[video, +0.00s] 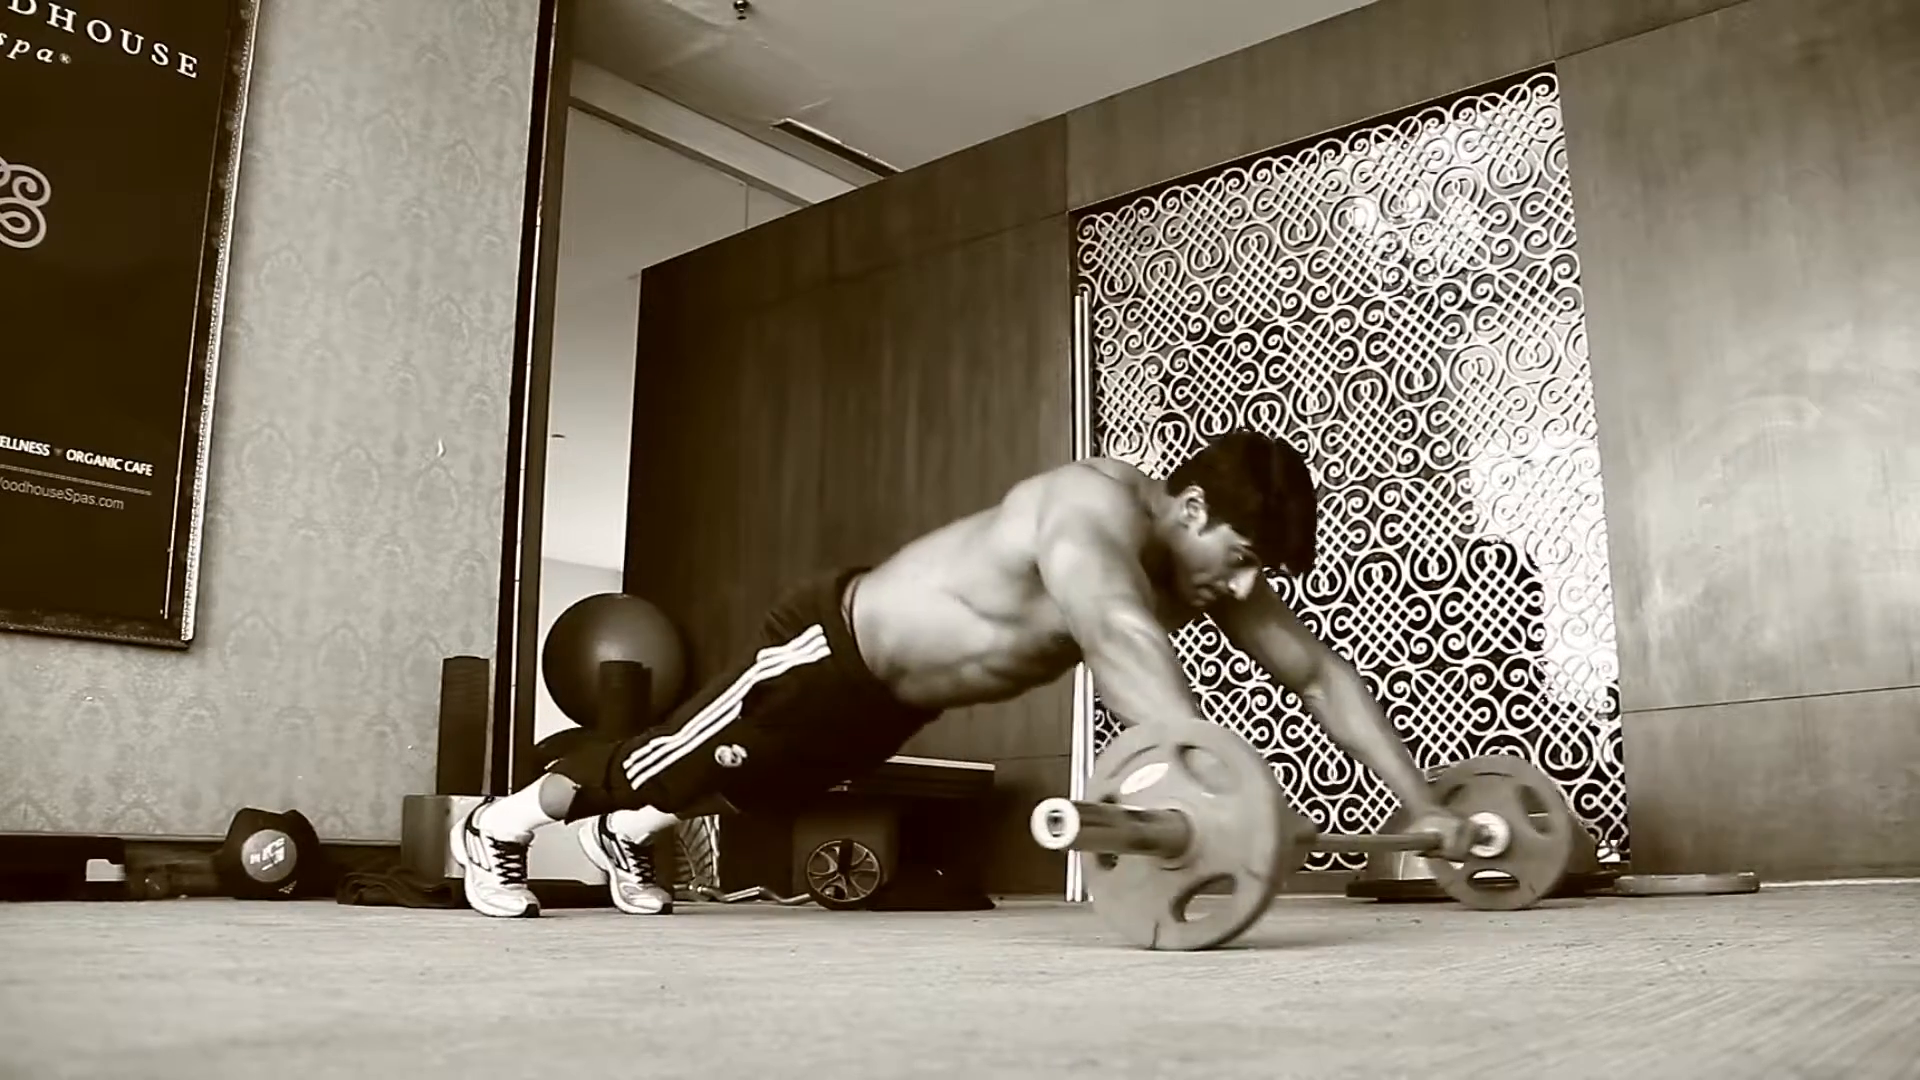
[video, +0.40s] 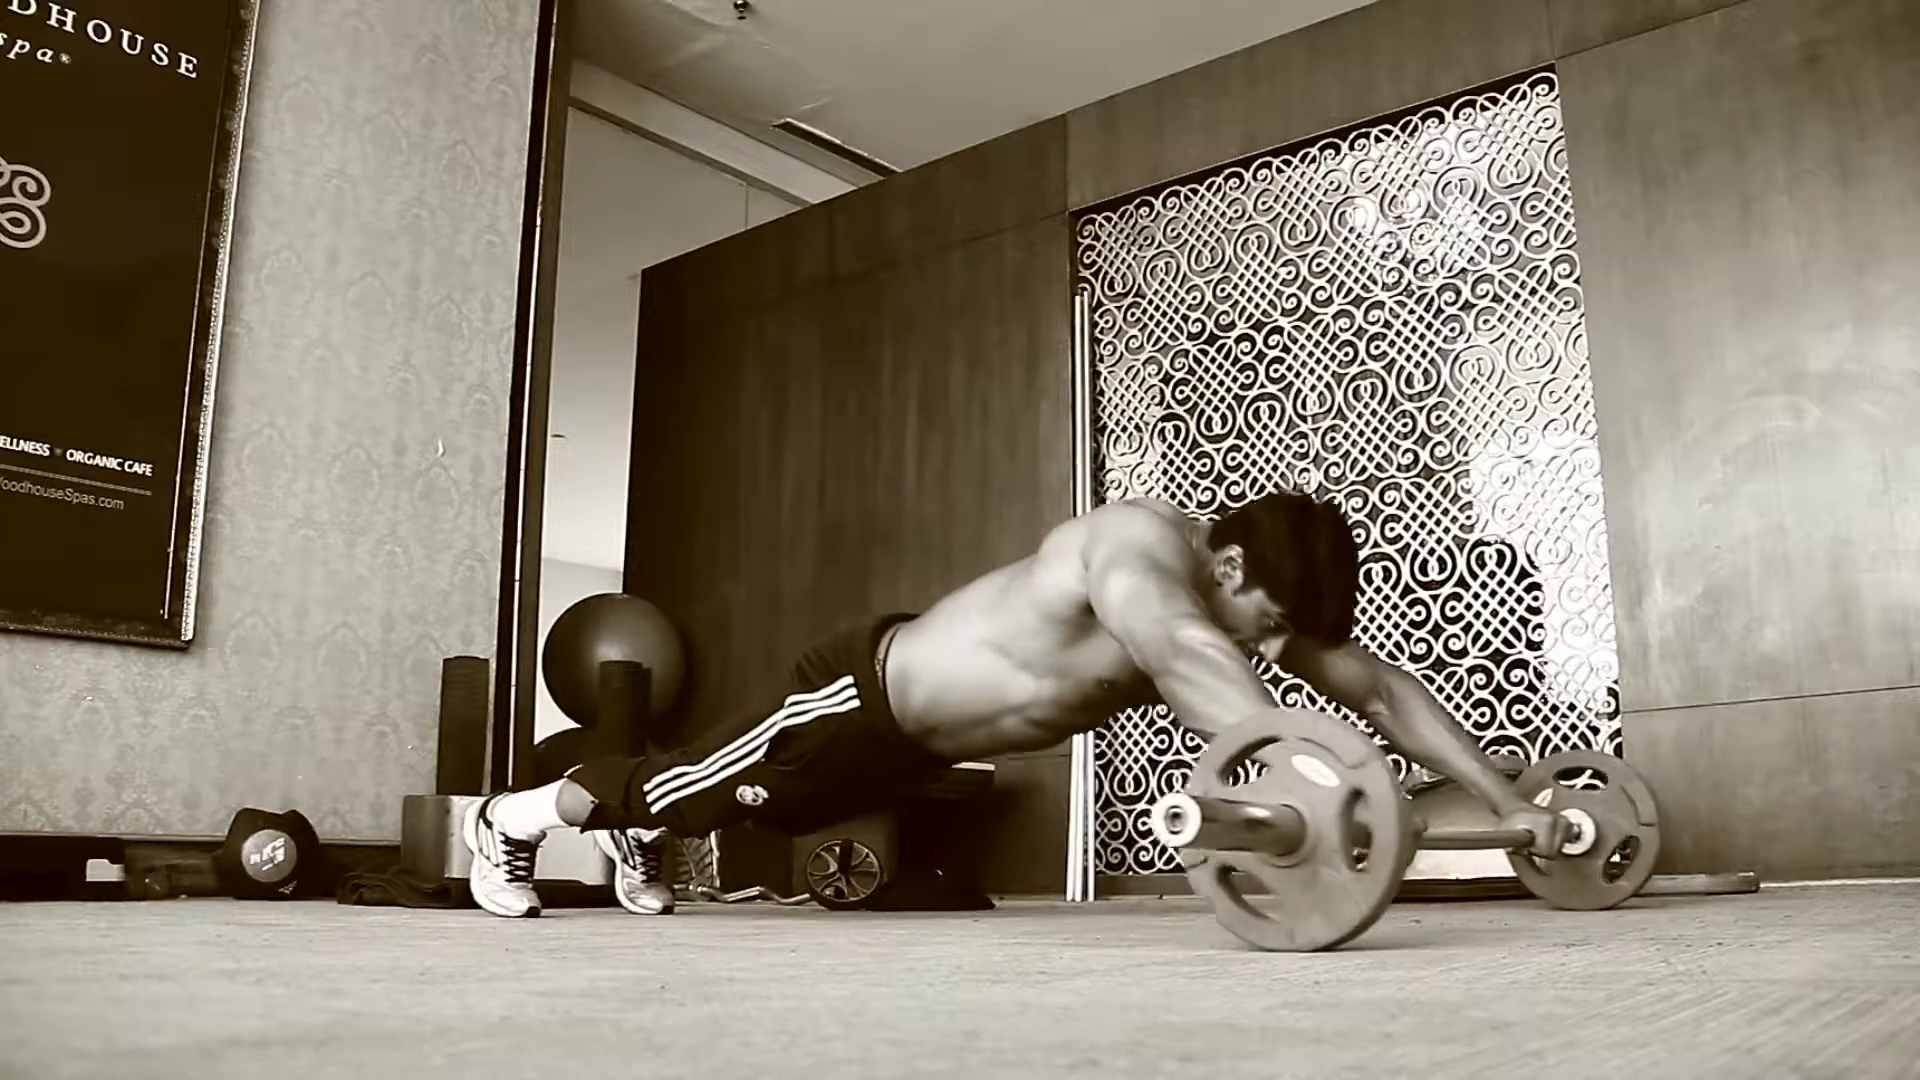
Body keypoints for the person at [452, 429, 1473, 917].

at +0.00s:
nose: (1236, 587)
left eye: (1252, 574)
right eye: (1240, 563)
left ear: (1233, 537)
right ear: (1204, 503)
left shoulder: (1190, 558)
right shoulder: (1091, 504)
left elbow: (1320, 674)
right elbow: (1116, 642)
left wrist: (1413, 797)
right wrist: (1200, 748)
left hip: (905, 690)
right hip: (842, 647)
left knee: (759, 772)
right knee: (671, 757)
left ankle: (636, 836)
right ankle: (499, 823)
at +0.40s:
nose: (1263, 638)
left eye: (1276, 629)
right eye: (1265, 615)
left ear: (1285, 602)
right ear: (1235, 551)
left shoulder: (1242, 600)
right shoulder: (1137, 542)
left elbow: (1380, 692)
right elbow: (1182, 667)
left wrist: (1503, 790)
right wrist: (1311, 744)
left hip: (940, 748)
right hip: (869, 696)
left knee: (760, 824)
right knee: (671, 797)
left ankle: (654, 860)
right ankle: (508, 827)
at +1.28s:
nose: (1200, 577)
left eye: (1220, 566)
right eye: (1205, 557)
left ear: (1202, 518)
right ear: (1179, 497)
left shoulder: (1171, 525)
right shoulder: (1062, 475)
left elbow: (1265, 660)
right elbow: (1061, 619)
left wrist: (1347, 801)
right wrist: (1119, 762)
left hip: (876, 638)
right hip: (812, 600)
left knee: (749, 735)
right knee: (649, 734)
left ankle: (624, 818)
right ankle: (497, 818)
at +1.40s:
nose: (1191, 559)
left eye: (1206, 548)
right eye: (1194, 537)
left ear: (1185, 506)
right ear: (1157, 484)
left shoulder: (1155, 528)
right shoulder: (1037, 464)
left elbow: (1236, 660)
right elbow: (1022, 619)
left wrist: (1305, 803)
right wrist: (1076, 789)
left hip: (862, 625)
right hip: (799, 576)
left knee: (737, 732)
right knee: (652, 719)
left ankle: (618, 828)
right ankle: (496, 822)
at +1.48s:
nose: (1174, 551)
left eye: (1189, 541)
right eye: (1178, 529)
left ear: (1172, 498)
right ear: (1141, 473)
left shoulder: (1136, 529)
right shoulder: (1023, 461)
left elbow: (1217, 659)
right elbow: (996, 621)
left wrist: (1275, 810)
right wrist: (1043, 794)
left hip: (852, 616)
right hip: (786, 559)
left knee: (728, 729)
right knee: (643, 709)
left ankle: (611, 832)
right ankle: (489, 826)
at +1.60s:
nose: (1147, 553)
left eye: (1161, 542)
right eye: (1149, 531)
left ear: (1151, 502)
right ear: (1111, 476)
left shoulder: (1114, 520)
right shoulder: (993, 464)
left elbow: (1184, 660)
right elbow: (964, 623)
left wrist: (1234, 808)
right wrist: (991, 787)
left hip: (842, 596)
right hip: (772, 540)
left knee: (721, 713)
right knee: (631, 699)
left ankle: (611, 838)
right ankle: (488, 832)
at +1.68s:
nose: (1128, 552)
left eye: (1143, 541)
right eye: (1129, 529)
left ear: (1132, 505)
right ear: (1090, 476)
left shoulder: (1096, 518)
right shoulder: (973, 463)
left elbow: (1164, 656)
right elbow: (942, 622)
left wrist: (1207, 807)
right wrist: (968, 793)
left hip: (832, 583)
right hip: (760, 529)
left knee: (712, 709)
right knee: (630, 689)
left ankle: (611, 840)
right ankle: (485, 832)